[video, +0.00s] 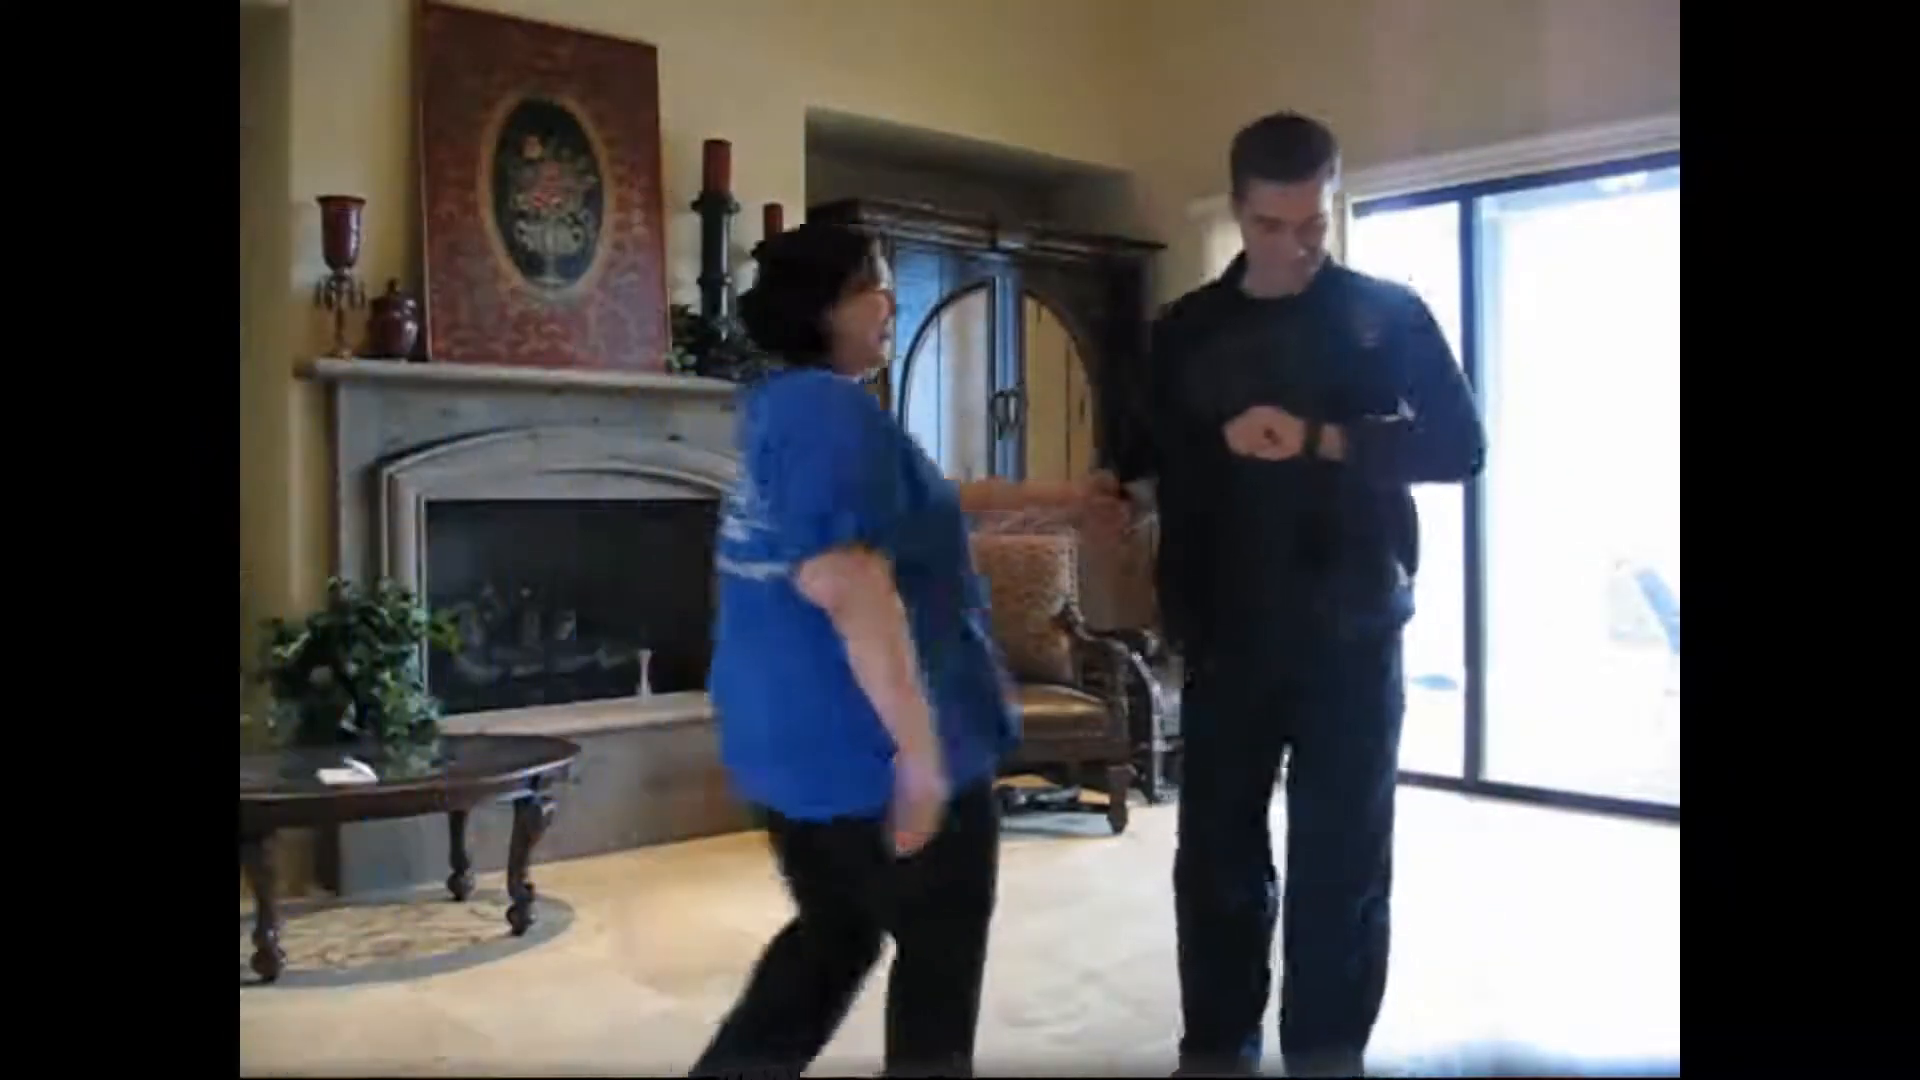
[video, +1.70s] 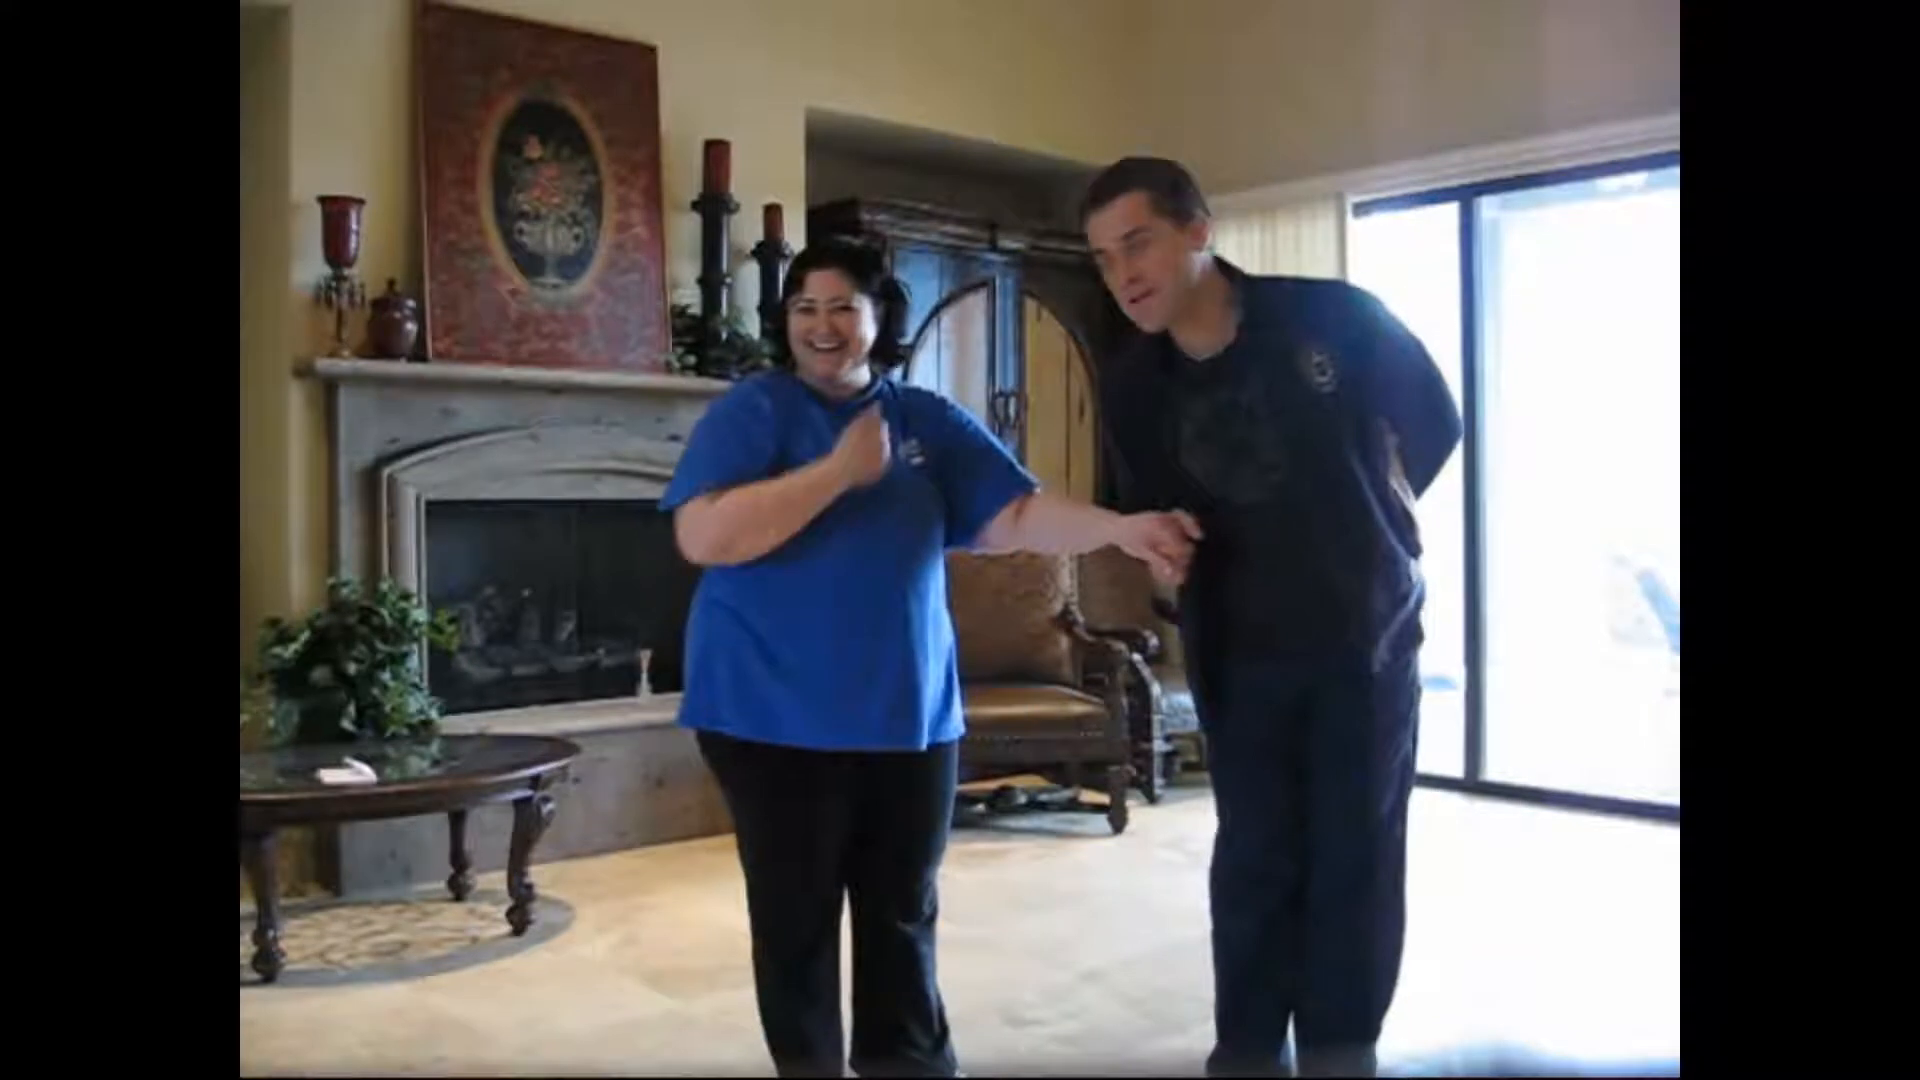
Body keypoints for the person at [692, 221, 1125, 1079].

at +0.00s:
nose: (888, 305)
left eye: (882, 288)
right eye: (868, 289)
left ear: (819, 313)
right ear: (821, 309)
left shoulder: (789, 407)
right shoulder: (832, 414)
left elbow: (934, 505)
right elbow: (845, 578)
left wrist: (1066, 502)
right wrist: (919, 750)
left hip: (804, 748)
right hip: (899, 751)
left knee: (835, 934)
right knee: (942, 948)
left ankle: (732, 1070)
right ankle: (928, 1070)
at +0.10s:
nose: (920, 304)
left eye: (914, 287)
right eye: (902, 289)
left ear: (845, 308)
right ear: (857, 306)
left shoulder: (821, 402)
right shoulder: (861, 408)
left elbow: (949, 504)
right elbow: (889, 568)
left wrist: (1081, 493)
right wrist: (1022, 675)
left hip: (841, 720)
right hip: (904, 725)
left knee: (907, 886)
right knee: (947, 933)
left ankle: (815, 1052)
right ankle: (932, 1065)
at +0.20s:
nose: (945, 304)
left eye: (941, 286)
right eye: (926, 288)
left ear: (884, 304)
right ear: (875, 301)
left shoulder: (889, 394)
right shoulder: (859, 398)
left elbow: (972, 499)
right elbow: (912, 533)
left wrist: (1096, 491)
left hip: (932, 708)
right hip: (893, 722)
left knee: (978, 866)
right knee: (939, 906)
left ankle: (899, 1043)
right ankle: (926, 1062)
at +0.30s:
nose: (958, 310)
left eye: (956, 294)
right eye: (941, 294)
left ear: (911, 310)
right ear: (890, 304)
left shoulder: (916, 405)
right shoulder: (855, 399)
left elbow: (995, 509)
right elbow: (924, 508)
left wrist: (1109, 488)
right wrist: (1005, 425)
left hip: (953, 716)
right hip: (899, 727)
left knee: (967, 920)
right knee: (932, 937)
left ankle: (950, 1057)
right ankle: (921, 1068)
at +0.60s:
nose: (959, 323)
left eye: (962, 309)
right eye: (939, 312)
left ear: (967, 320)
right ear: (888, 321)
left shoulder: (986, 419)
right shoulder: (830, 403)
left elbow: (1063, 512)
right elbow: (861, 463)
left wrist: (1146, 466)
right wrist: (891, 351)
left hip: (996, 697)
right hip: (882, 698)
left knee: (945, 913)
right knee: (930, 910)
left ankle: (917, 1063)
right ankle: (914, 1069)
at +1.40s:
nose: (822, 327)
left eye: (843, 312)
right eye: (811, 311)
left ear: (889, 321)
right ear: (795, 315)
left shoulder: (937, 418)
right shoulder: (761, 394)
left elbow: (1028, 505)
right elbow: (805, 465)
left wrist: (1146, 512)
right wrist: (890, 357)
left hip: (917, 713)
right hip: (776, 707)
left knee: (910, 921)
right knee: (803, 924)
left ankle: (911, 1066)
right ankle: (810, 1070)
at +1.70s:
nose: (824, 325)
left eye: (843, 309)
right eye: (807, 309)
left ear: (879, 321)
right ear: (783, 320)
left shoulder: (920, 418)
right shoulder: (748, 411)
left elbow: (1013, 513)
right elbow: (701, 536)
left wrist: (1124, 528)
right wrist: (838, 471)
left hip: (907, 722)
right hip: (771, 724)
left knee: (902, 926)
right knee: (794, 935)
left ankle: (909, 1068)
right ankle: (811, 1069)